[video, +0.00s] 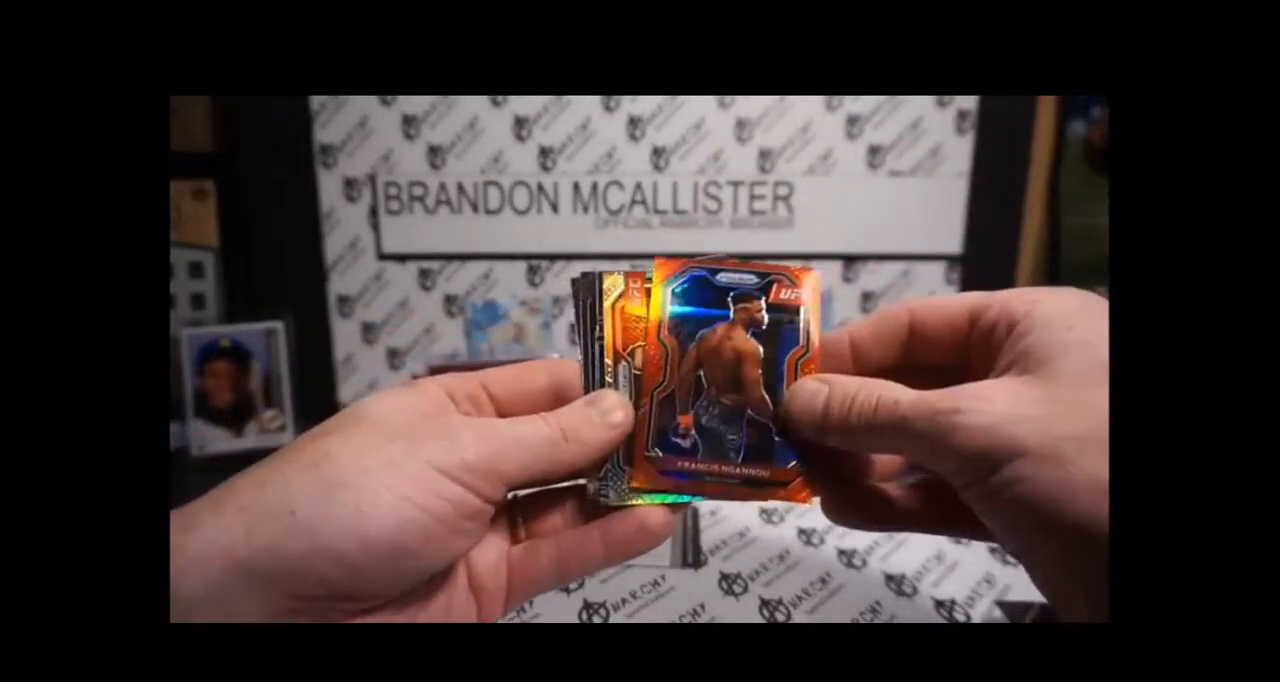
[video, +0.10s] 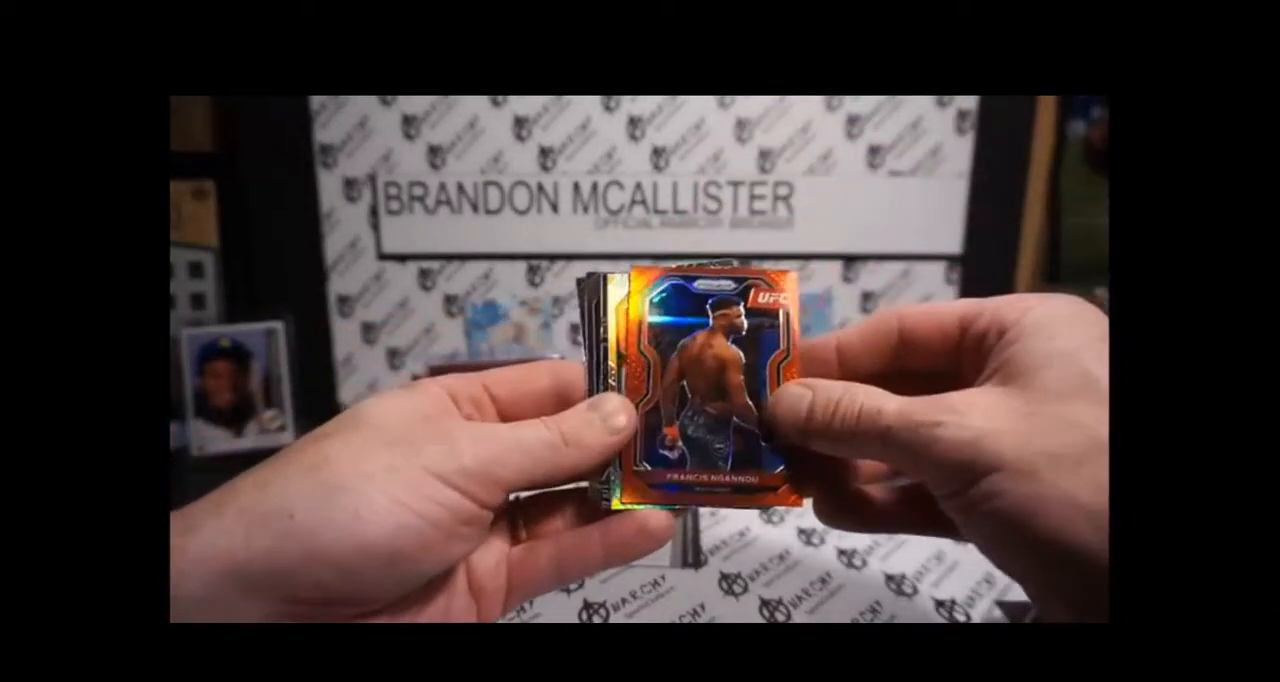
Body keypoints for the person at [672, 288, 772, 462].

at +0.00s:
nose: (765, 316)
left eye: (764, 310)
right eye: (760, 311)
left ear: (739, 312)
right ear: (742, 312)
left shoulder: (706, 336)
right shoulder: (749, 347)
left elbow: (685, 374)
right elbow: (755, 397)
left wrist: (683, 413)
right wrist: (774, 420)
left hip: (705, 409)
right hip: (730, 416)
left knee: (705, 473)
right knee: (726, 478)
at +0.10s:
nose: (745, 321)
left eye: (743, 315)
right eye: (740, 316)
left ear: (716, 319)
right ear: (723, 318)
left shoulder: (687, 345)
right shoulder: (731, 354)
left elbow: (668, 385)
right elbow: (739, 403)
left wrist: (669, 425)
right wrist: (761, 427)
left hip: (690, 419)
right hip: (716, 424)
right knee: (713, 490)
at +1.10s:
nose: (718, 308)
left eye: (716, 303)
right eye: (712, 304)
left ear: (692, 309)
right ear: (694, 308)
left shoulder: (663, 335)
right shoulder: (706, 341)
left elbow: (647, 375)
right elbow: (719, 391)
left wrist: (649, 416)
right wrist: (743, 409)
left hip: (670, 409)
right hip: (696, 415)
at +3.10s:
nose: (716, 307)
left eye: (715, 302)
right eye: (710, 303)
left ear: (690, 307)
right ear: (692, 307)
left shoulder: (661, 333)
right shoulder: (705, 339)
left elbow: (645, 373)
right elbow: (718, 388)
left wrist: (648, 413)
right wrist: (742, 407)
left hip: (669, 406)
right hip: (696, 412)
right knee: (697, 472)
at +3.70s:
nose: (718, 305)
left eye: (716, 301)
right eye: (712, 302)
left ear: (693, 307)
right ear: (694, 307)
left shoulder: (664, 334)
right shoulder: (707, 339)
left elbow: (648, 375)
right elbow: (721, 388)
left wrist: (652, 415)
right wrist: (745, 407)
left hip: (672, 407)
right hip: (699, 412)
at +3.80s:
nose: (735, 288)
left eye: (732, 283)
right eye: (728, 284)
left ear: (711, 292)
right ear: (712, 291)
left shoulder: (685, 323)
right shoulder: (731, 321)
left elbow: (674, 364)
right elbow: (747, 366)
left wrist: (680, 401)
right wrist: (773, 384)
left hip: (704, 390)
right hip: (731, 391)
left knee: (716, 452)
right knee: (741, 452)